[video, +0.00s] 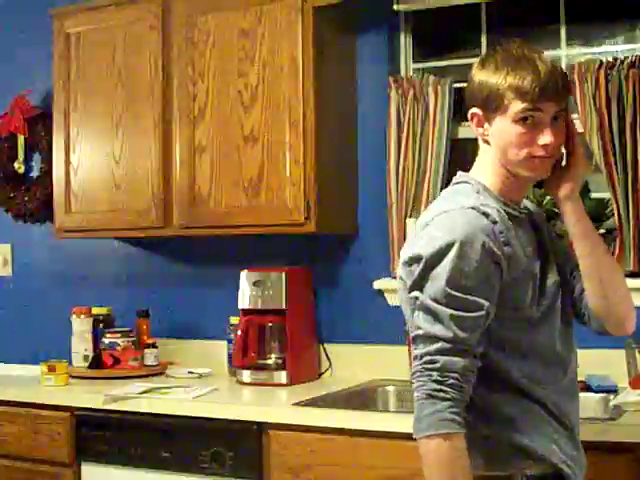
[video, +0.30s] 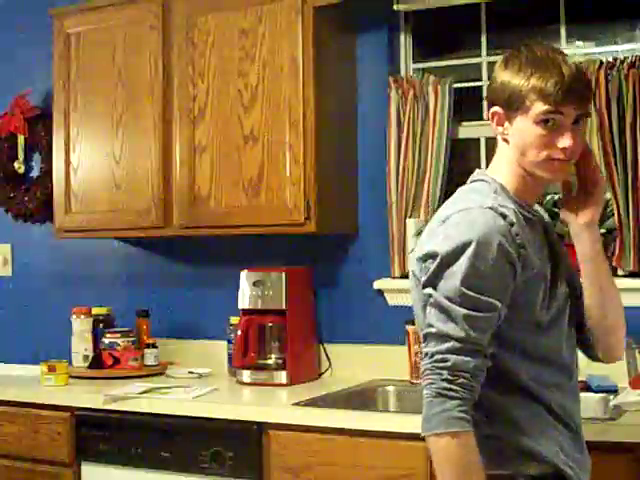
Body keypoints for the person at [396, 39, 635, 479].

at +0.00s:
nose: (548, 139)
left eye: (557, 122)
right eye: (527, 120)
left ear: (566, 127)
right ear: (481, 125)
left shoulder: (535, 223)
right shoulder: (461, 231)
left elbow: (618, 320)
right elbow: (437, 419)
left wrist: (569, 197)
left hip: (558, 460)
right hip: (506, 468)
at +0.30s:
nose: (569, 142)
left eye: (577, 124)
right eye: (550, 122)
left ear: (586, 127)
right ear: (501, 124)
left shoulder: (534, 222)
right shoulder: (479, 229)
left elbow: (609, 348)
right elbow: (445, 416)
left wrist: (585, 227)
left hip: (559, 461)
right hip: (513, 468)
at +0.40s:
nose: (577, 139)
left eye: (586, 121)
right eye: (557, 119)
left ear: (594, 124)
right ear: (509, 122)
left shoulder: (538, 223)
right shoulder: (480, 230)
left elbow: (586, 371)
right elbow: (450, 417)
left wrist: (597, 272)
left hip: (562, 460)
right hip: (520, 467)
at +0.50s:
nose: (581, 133)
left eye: (592, 115)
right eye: (561, 113)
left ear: (602, 122)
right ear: (514, 120)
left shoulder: (551, 226)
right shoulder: (477, 229)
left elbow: (549, 381)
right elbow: (468, 417)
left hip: (564, 461)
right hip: (513, 467)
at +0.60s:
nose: (580, 126)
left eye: (592, 109)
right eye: (560, 108)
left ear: (603, 118)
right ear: (517, 116)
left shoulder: (558, 222)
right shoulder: (482, 229)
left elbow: (544, 375)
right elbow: (489, 414)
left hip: (560, 460)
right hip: (506, 468)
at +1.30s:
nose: (622, 125)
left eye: (621, 110)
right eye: (610, 104)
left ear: (557, 102)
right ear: (557, 99)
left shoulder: (531, 213)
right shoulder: (516, 221)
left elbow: (562, 396)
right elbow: (515, 414)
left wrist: (609, 473)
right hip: (521, 467)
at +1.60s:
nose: (635, 146)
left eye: (637, 127)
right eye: (630, 122)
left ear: (580, 108)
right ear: (582, 108)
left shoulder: (502, 200)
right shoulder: (536, 226)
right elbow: (567, 409)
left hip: (482, 461)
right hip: (513, 469)